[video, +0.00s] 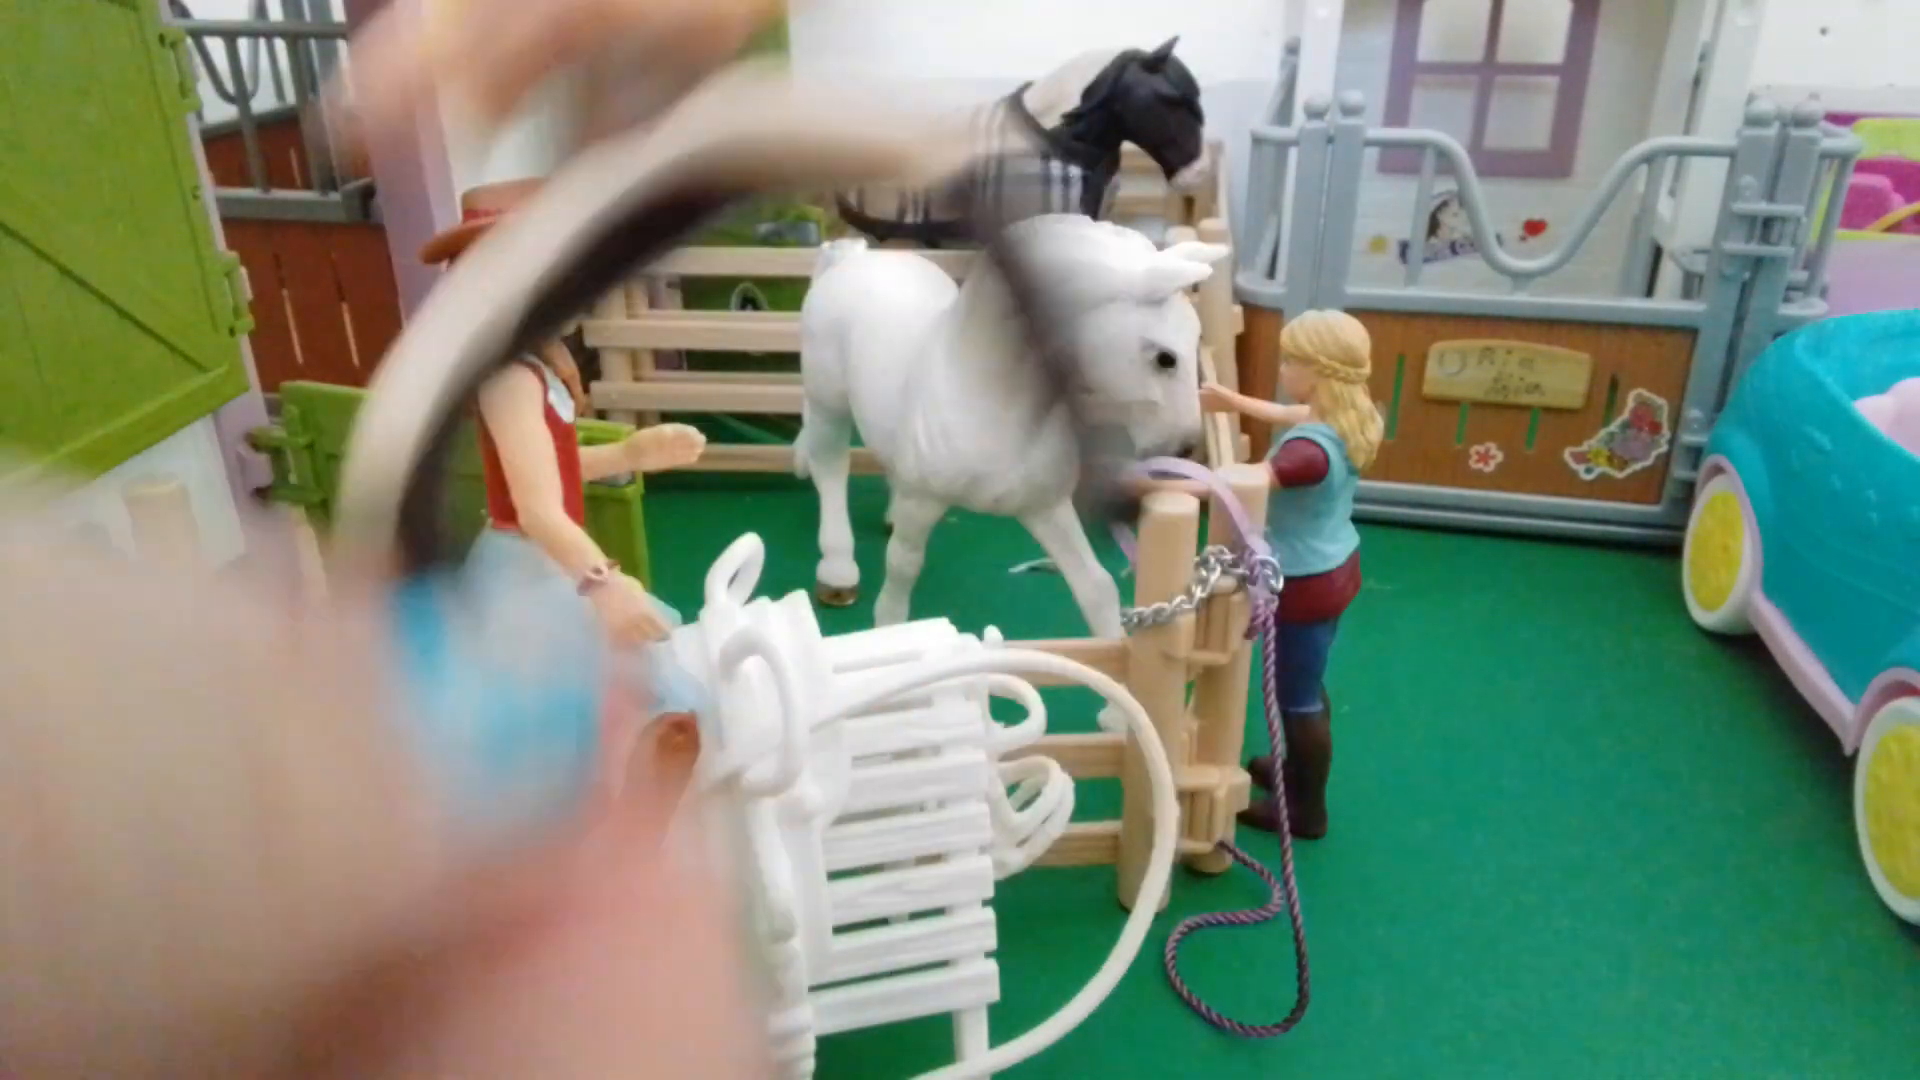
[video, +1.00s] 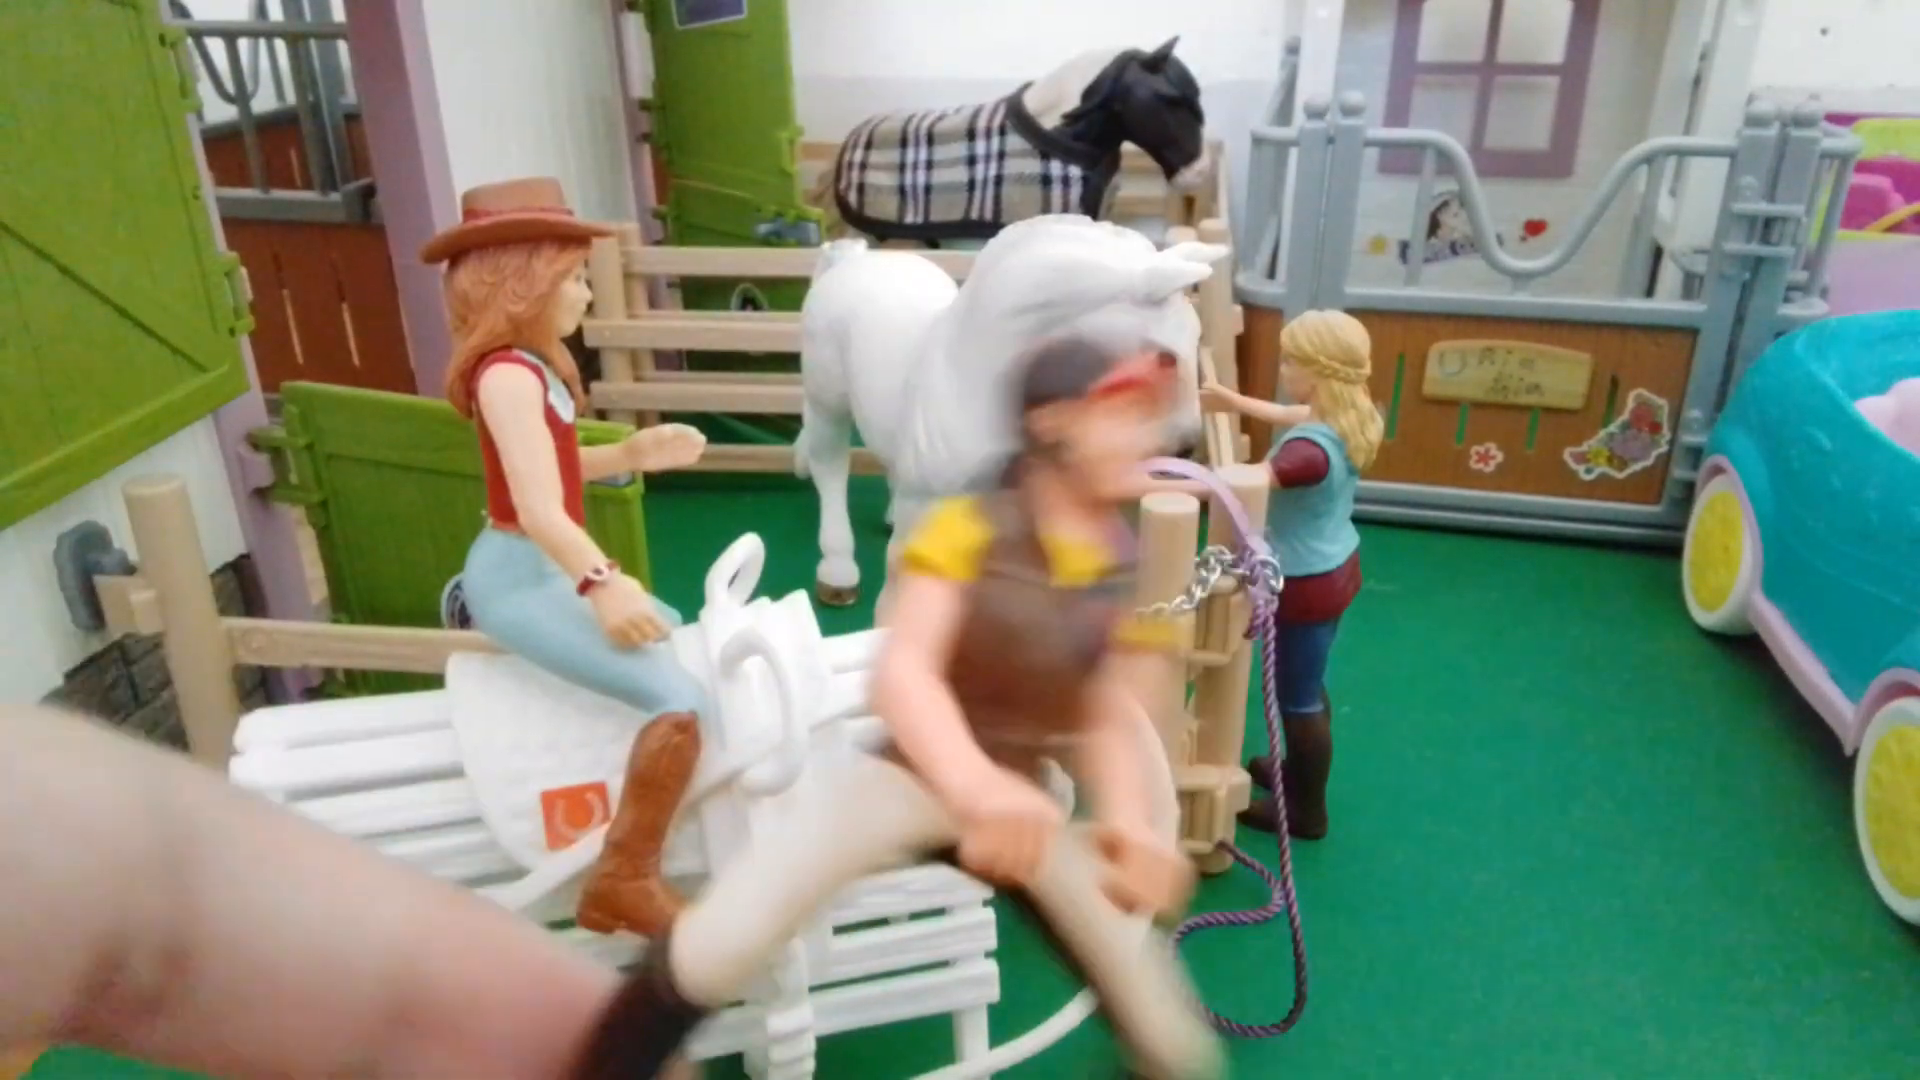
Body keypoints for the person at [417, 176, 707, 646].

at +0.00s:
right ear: (503, 277)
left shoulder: (545, 372)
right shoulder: (512, 379)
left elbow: (553, 469)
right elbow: (538, 513)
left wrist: (626, 455)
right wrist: (608, 584)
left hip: (553, 566)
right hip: (523, 575)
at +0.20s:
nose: (586, 290)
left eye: (583, 274)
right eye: (575, 275)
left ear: (535, 286)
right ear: (528, 285)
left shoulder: (540, 367)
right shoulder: (510, 378)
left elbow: (553, 465)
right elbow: (538, 516)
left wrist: (634, 454)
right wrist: (612, 588)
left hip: (548, 562)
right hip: (517, 576)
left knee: (693, 657)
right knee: (679, 681)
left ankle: (646, 878)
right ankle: (636, 889)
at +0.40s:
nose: (587, 293)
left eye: (585, 276)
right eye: (576, 277)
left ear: (535, 287)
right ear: (527, 285)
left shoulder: (539, 369)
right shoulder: (509, 377)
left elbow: (554, 469)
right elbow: (536, 511)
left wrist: (634, 454)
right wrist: (604, 584)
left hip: (550, 563)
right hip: (515, 575)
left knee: (700, 660)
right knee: (681, 695)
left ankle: (635, 874)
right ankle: (625, 879)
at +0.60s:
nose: (588, 293)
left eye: (585, 276)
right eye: (576, 277)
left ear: (537, 286)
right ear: (527, 286)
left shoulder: (541, 368)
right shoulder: (509, 377)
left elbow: (554, 468)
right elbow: (536, 510)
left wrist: (634, 454)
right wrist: (603, 583)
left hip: (553, 563)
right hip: (515, 576)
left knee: (701, 666)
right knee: (680, 696)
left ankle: (641, 874)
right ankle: (624, 878)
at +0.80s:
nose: (589, 292)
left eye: (585, 276)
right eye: (576, 278)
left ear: (533, 286)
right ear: (526, 286)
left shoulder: (540, 368)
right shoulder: (509, 376)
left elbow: (550, 469)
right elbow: (536, 510)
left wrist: (631, 454)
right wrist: (604, 583)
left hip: (548, 566)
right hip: (517, 576)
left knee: (694, 676)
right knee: (680, 698)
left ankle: (635, 859)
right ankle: (628, 868)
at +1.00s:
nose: (588, 292)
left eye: (585, 276)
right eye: (577, 277)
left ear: (533, 286)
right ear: (527, 286)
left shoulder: (539, 368)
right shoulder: (509, 377)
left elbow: (551, 469)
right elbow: (538, 510)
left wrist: (633, 454)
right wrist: (604, 582)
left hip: (548, 564)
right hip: (518, 577)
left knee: (699, 669)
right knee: (680, 697)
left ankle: (636, 863)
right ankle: (624, 878)